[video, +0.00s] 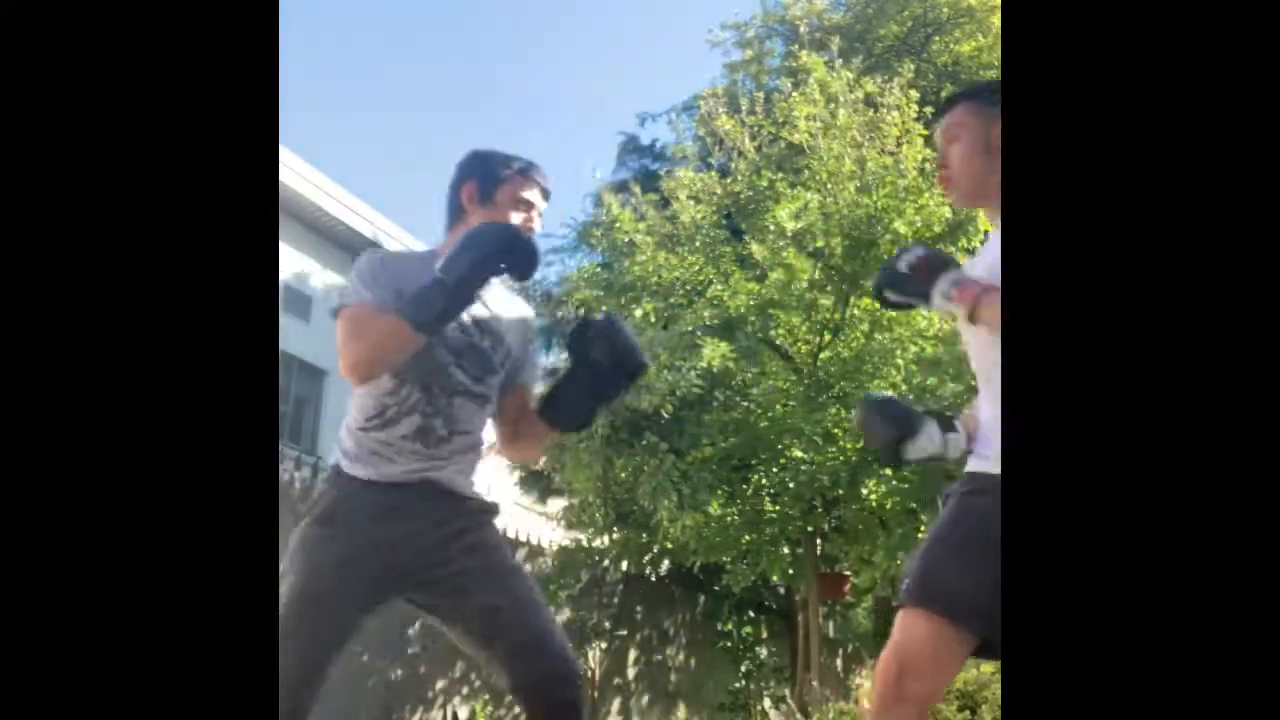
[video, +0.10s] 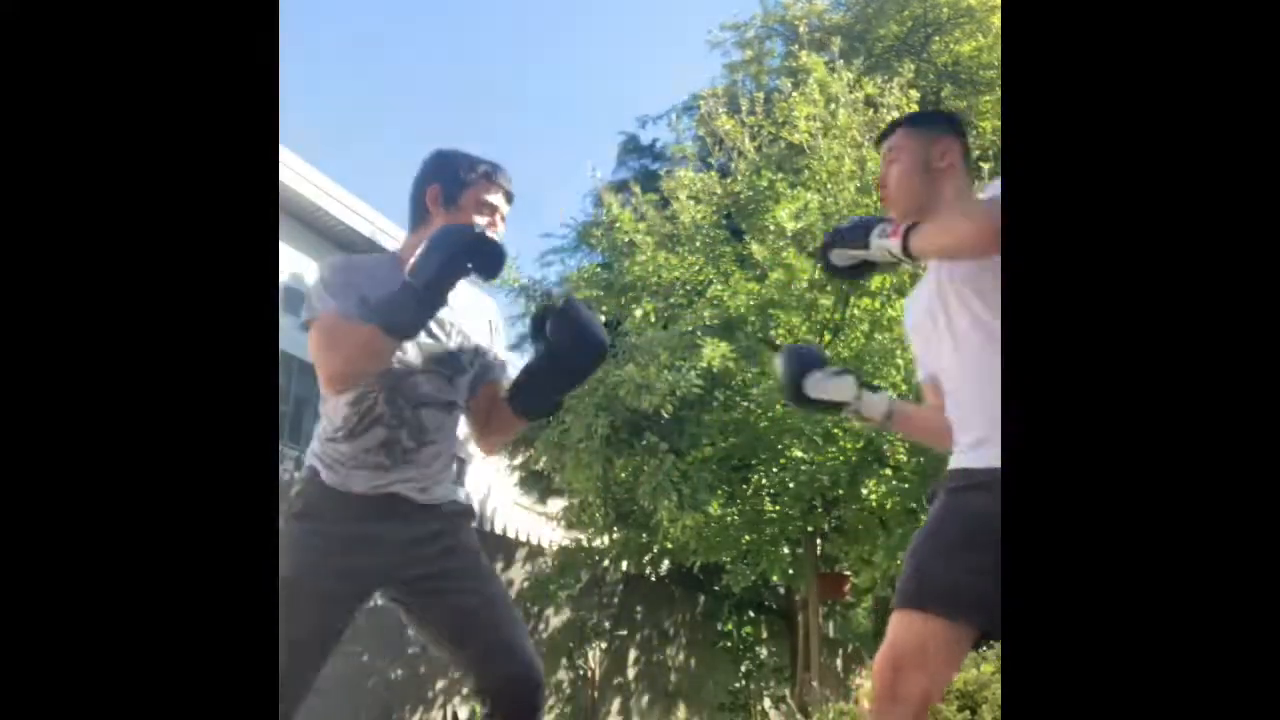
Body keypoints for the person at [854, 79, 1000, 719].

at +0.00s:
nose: (937, 163)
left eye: (949, 143)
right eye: (937, 148)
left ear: (995, 142)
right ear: (980, 149)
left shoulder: (998, 248)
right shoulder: (980, 258)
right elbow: (999, 398)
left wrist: (955, 290)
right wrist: (948, 436)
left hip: (994, 479)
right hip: (988, 476)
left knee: (901, 685)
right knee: (901, 684)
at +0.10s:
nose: (879, 180)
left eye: (891, 161)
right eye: (880, 167)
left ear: (947, 157)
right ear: (940, 162)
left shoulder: (995, 201)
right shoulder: (920, 308)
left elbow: (984, 235)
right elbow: (952, 428)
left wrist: (885, 240)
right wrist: (863, 399)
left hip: (990, 480)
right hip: (975, 481)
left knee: (900, 686)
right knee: (898, 686)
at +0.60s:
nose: (861, 183)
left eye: (863, 160)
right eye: (854, 172)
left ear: (910, 126)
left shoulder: (994, 206)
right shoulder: (902, 244)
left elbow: (948, 322)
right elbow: (904, 379)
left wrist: (854, 260)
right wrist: (837, 322)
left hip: (994, 479)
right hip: (915, 477)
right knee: (822, 653)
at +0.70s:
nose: (844, 190)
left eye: (846, 166)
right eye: (837, 179)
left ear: (891, 131)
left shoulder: (983, 208)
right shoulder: (887, 254)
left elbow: (911, 328)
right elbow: (880, 392)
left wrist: (828, 257)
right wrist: (816, 311)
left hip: (989, 480)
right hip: (901, 480)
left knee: (997, 671)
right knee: (813, 665)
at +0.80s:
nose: (797, 212)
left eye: (797, 191)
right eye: (789, 203)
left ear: (838, 155)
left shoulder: (937, 218)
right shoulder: (844, 278)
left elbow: (840, 328)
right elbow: (817, 402)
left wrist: (771, 248)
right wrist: (764, 305)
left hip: (977, 484)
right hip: (882, 492)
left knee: (996, 666)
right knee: (793, 681)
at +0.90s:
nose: (722, 256)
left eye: (721, 234)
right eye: (714, 243)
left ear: (758, 194)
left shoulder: (854, 235)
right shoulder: (782, 300)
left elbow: (747, 334)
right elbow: (712, 397)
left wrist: (701, 247)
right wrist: (682, 288)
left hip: (957, 487)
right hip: (859, 501)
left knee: (1002, 666)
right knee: (756, 679)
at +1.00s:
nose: (670, 280)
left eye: (667, 260)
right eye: (663, 274)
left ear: (701, 219)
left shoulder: (805, 244)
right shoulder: (740, 319)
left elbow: (721, 357)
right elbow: (680, 421)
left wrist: (652, 288)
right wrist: (643, 317)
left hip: (927, 484)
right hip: (836, 500)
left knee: (997, 669)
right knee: (728, 672)